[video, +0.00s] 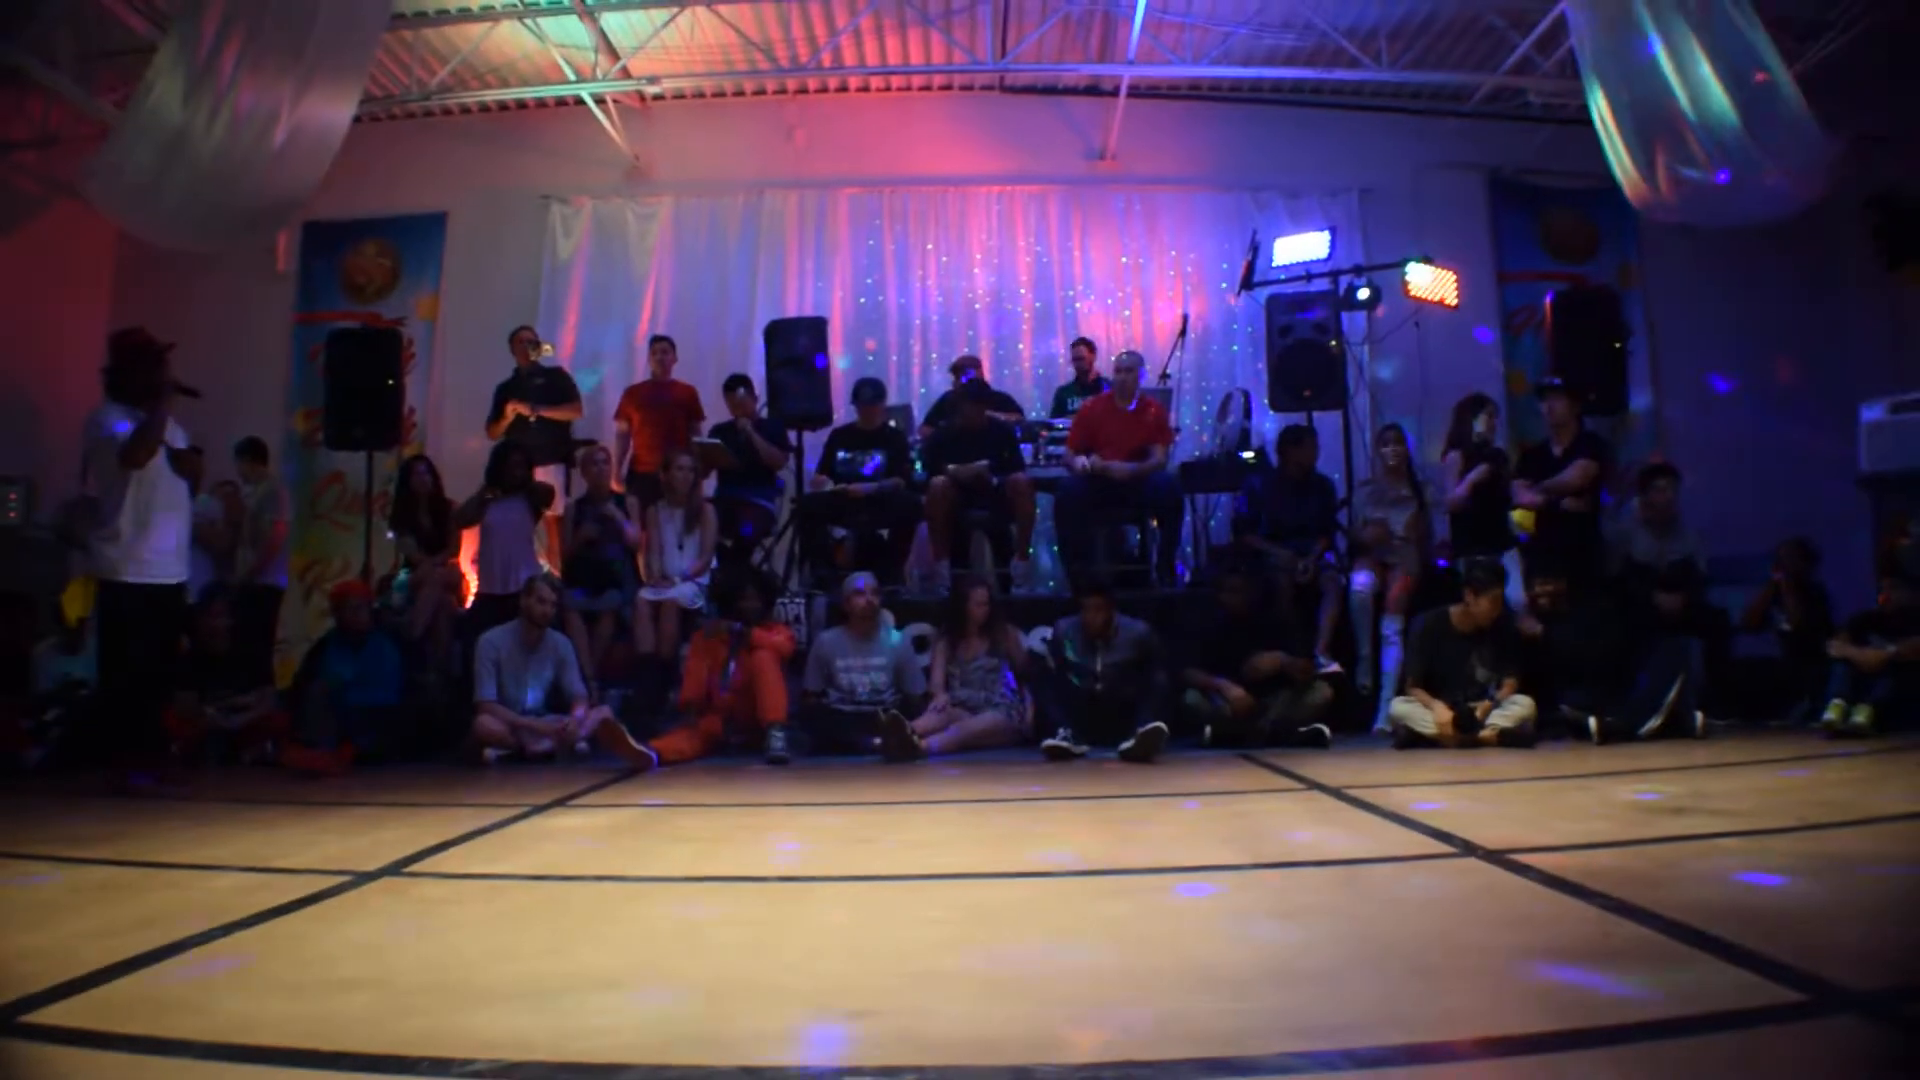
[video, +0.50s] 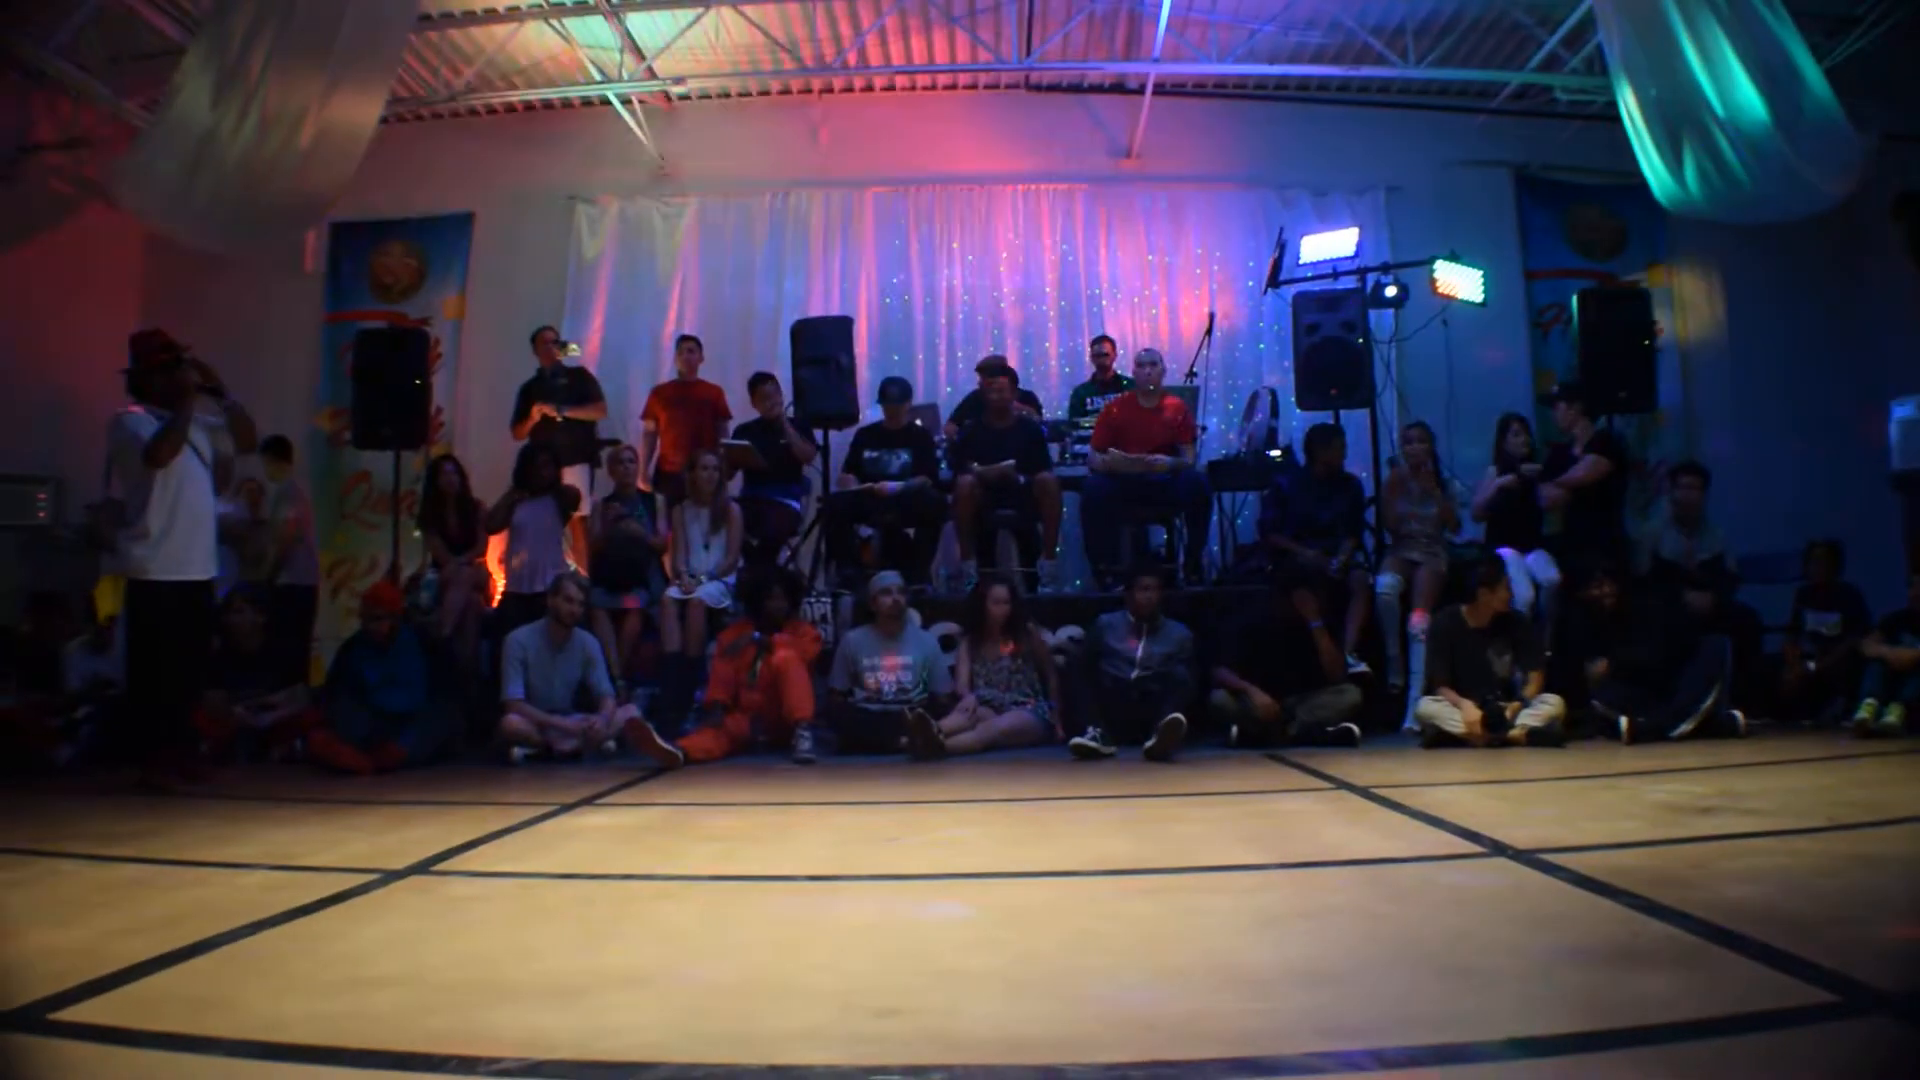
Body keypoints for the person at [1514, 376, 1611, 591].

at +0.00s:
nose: (1549, 406)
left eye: (1557, 399)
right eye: (1545, 400)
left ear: (1573, 405)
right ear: (1541, 407)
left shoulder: (1592, 445)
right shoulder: (1533, 453)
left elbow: (1578, 478)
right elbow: (1519, 495)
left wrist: (1538, 489)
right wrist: (1558, 501)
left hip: (1583, 549)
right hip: (1541, 552)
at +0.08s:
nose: (1547, 411)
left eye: (1555, 403)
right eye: (1544, 404)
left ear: (1572, 408)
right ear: (1540, 410)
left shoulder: (1591, 445)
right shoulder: (1535, 452)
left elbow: (1576, 477)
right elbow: (1519, 495)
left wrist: (1538, 486)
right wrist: (1564, 492)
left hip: (1585, 546)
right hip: (1545, 549)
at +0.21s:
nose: (1566, 411)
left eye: (1574, 404)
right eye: (1564, 404)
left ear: (1591, 409)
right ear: (1561, 410)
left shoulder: (1613, 442)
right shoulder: (1555, 456)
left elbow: (1597, 472)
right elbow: (1542, 498)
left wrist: (1556, 484)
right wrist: (1585, 481)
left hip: (1609, 548)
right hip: (1570, 551)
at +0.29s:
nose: (1564, 412)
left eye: (1570, 406)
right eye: (1563, 406)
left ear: (1586, 409)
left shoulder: (1612, 442)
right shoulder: (1557, 453)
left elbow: (1593, 473)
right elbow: (1542, 497)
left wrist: (1556, 484)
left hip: (1607, 546)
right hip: (1569, 549)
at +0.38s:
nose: (1555, 409)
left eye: (1561, 403)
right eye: (1556, 404)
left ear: (1579, 407)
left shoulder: (1605, 442)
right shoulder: (1554, 450)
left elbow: (1590, 471)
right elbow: (1540, 495)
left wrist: (1552, 484)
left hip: (1600, 543)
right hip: (1565, 544)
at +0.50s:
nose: (1556, 416)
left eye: (1560, 409)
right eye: (1556, 410)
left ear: (1575, 409)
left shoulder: (1606, 442)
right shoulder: (1560, 450)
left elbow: (1589, 472)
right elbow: (1546, 496)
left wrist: (1553, 485)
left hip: (1606, 540)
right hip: (1571, 540)